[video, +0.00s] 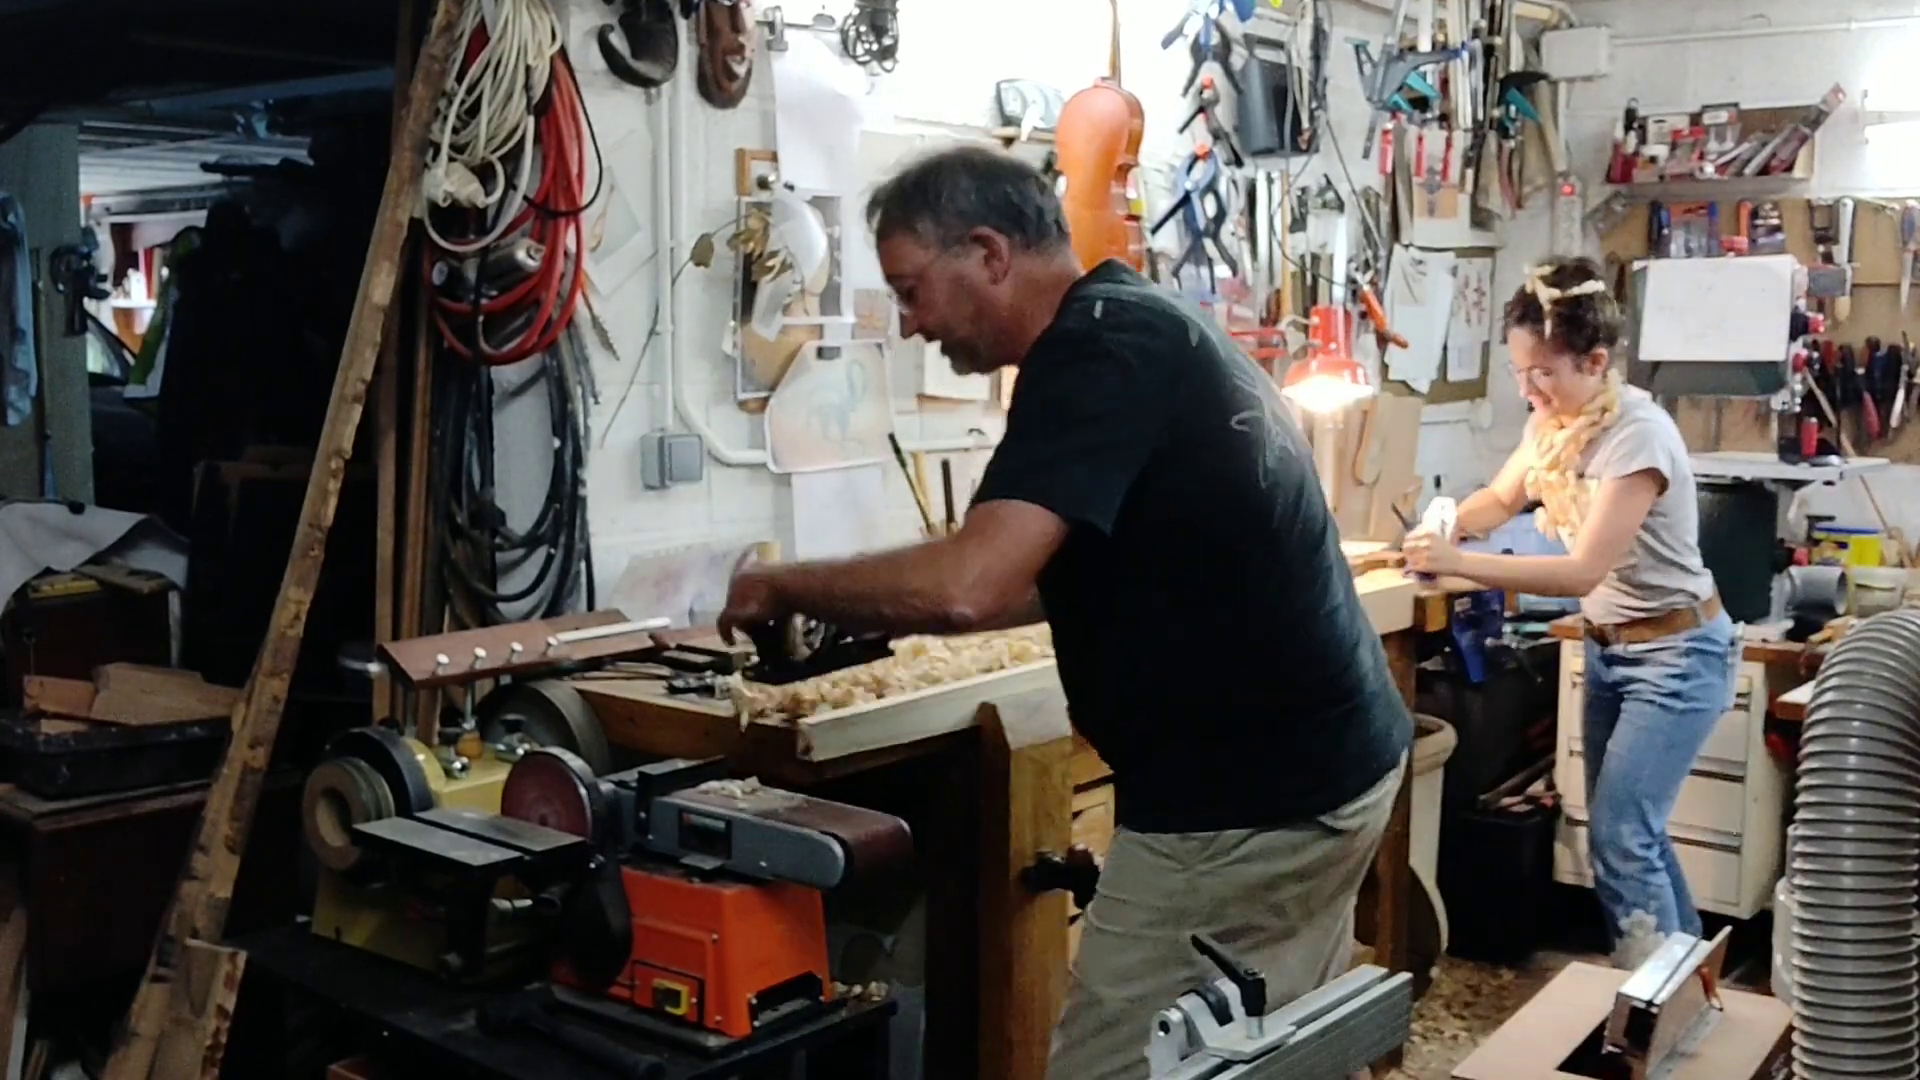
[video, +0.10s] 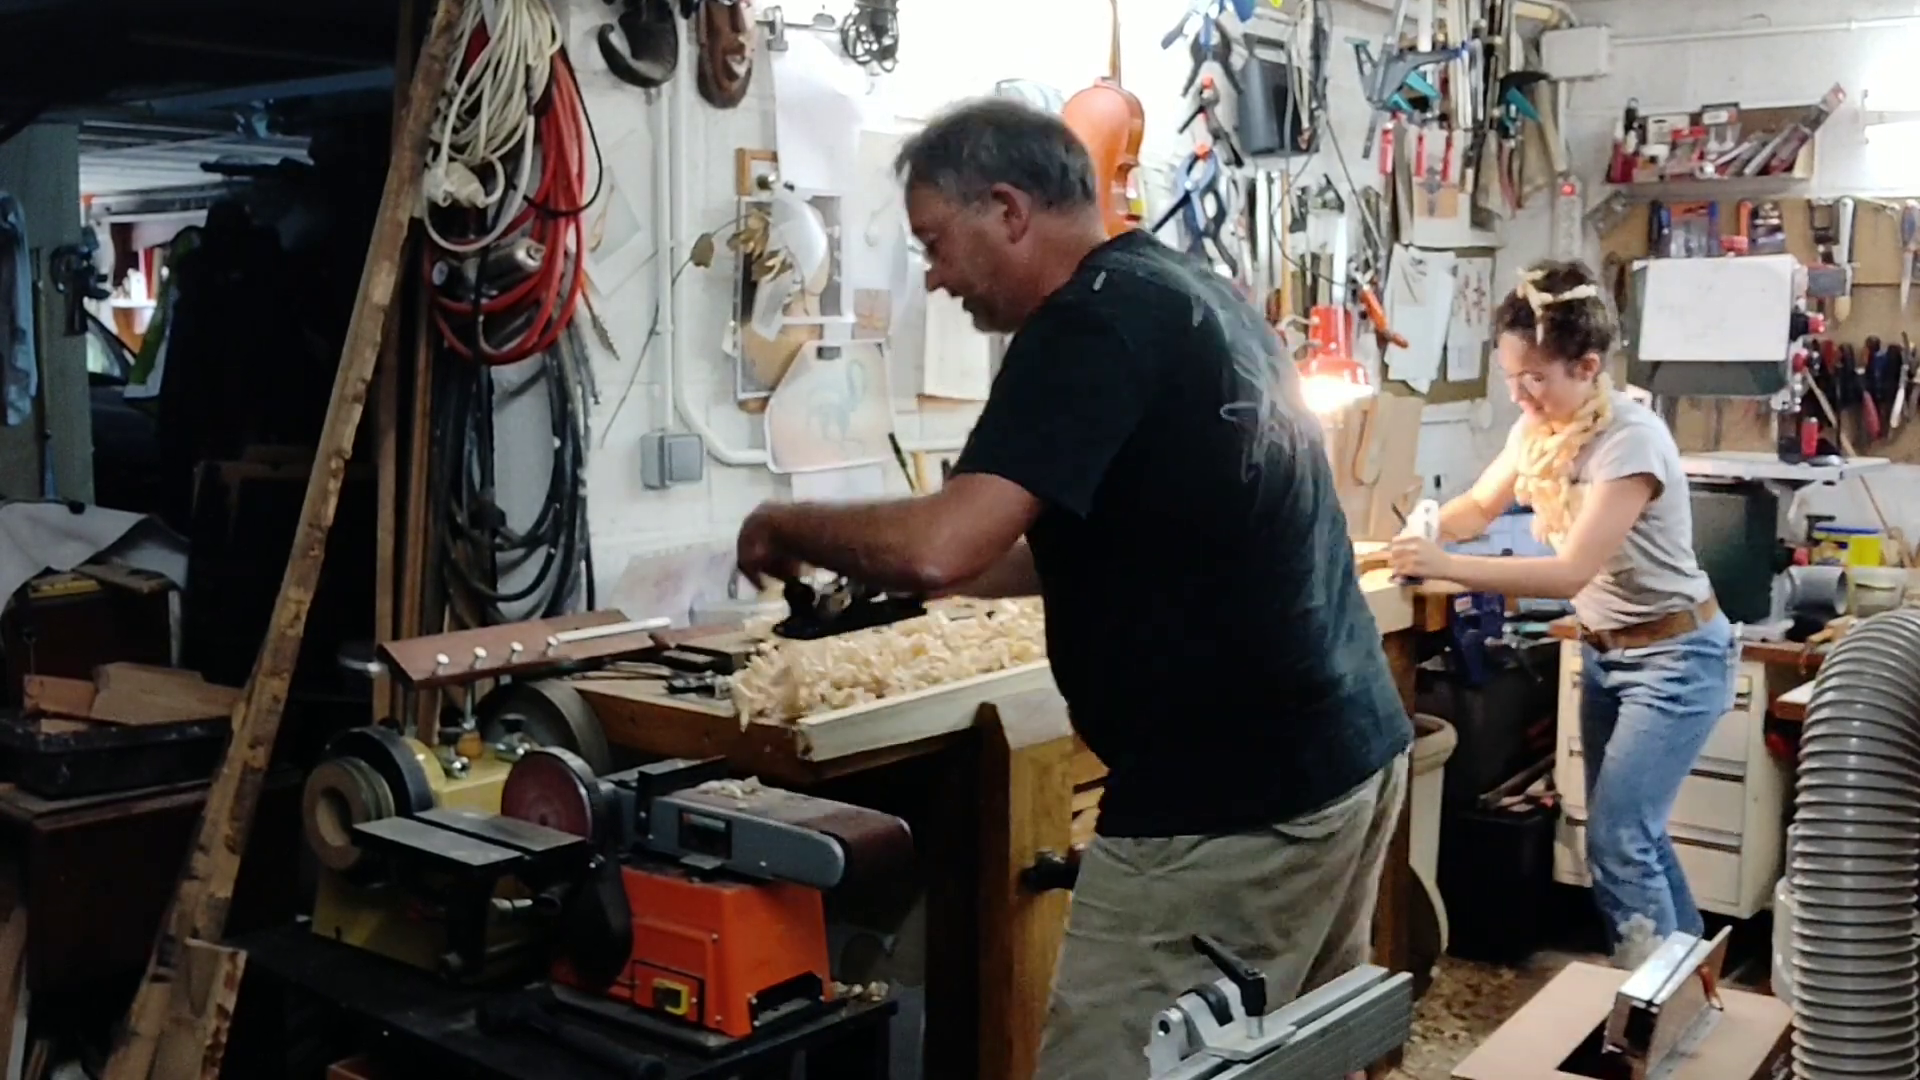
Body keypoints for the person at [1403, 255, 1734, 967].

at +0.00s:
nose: (1527, 389)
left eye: (1542, 374)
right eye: (1520, 372)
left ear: (1596, 361)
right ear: (1515, 354)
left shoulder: (1640, 436)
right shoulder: (1554, 423)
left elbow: (1581, 572)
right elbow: (1498, 504)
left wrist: (1456, 563)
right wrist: (1439, 534)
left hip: (1679, 651)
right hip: (1610, 651)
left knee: (1619, 833)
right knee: (1628, 830)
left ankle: (1659, 1001)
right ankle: (1687, 978)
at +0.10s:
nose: (1520, 394)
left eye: (1533, 379)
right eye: (1511, 377)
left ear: (1587, 366)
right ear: (1504, 361)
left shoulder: (1634, 440)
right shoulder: (1543, 430)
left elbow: (1570, 574)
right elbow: (1479, 508)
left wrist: (1446, 566)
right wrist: (1422, 531)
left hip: (1678, 654)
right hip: (1606, 654)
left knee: (1615, 838)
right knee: (1629, 832)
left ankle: (1657, 1003)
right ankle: (1689, 973)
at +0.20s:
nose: (1510, 400)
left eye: (1524, 385)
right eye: (1501, 385)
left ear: (1578, 373)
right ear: (1493, 370)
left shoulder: (1627, 448)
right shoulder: (1529, 434)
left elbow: (1556, 579)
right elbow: (1463, 510)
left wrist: (1427, 569)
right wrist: (1406, 533)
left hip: (1673, 663)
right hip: (1600, 662)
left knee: (1610, 844)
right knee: (1629, 836)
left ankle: (1658, 1003)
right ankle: (1690, 977)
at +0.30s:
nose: (1499, 406)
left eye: (1514, 391)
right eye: (1490, 390)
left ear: (1569, 381)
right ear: (1482, 374)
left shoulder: (1618, 454)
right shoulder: (1522, 443)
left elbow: (1545, 588)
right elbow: (1457, 512)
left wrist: (1414, 569)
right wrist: (1397, 531)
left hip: (1672, 673)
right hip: (1600, 673)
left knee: (1603, 858)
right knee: (1628, 841)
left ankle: (1658, 1006)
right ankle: (1690, 983)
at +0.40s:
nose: (1492, 411)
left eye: (1507, 396)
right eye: (1483, 393)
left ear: (1564, 384)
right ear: (1475, 376)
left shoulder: (1610, 457)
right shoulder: (1519, 446)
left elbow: (1537, 590)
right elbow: (1443, 521)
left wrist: (1402, 574)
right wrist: (1380, 540)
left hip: (1668, 680)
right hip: (1603, 679)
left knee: (1598, 869)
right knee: (1633, 850)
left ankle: (1657, 1013)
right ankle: (1693, 989)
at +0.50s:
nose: (1486, 407)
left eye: (1503, 392)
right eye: (1478, 389)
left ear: (1561, 380)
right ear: (1472, 375)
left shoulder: (1608, 457)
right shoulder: (1518, 442)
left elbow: (1528, 588)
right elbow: (1442, 509)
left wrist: (1404, 585)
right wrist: (1403, 582)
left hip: (1666, 685)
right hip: (1593, 679)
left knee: (1600, 878)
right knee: (1616, 858)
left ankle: (1662, 1017)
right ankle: (1688, 985)